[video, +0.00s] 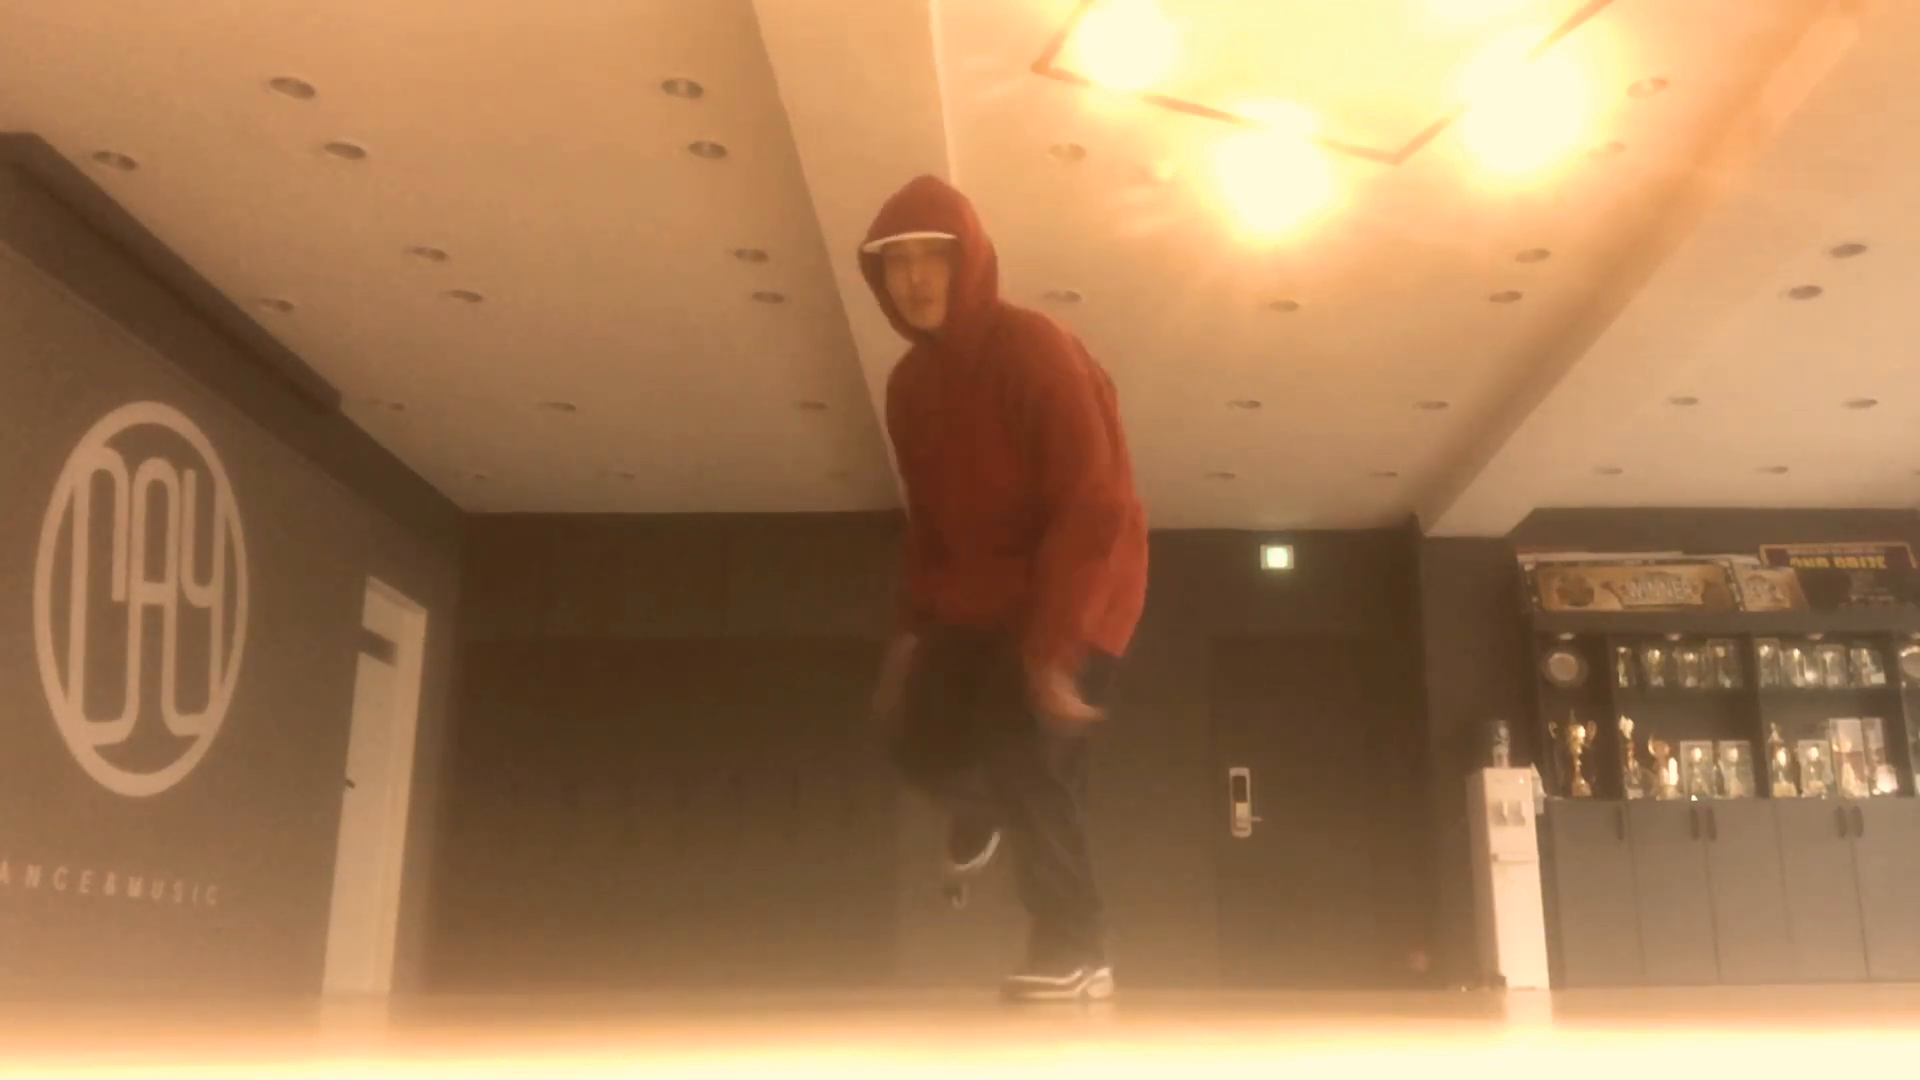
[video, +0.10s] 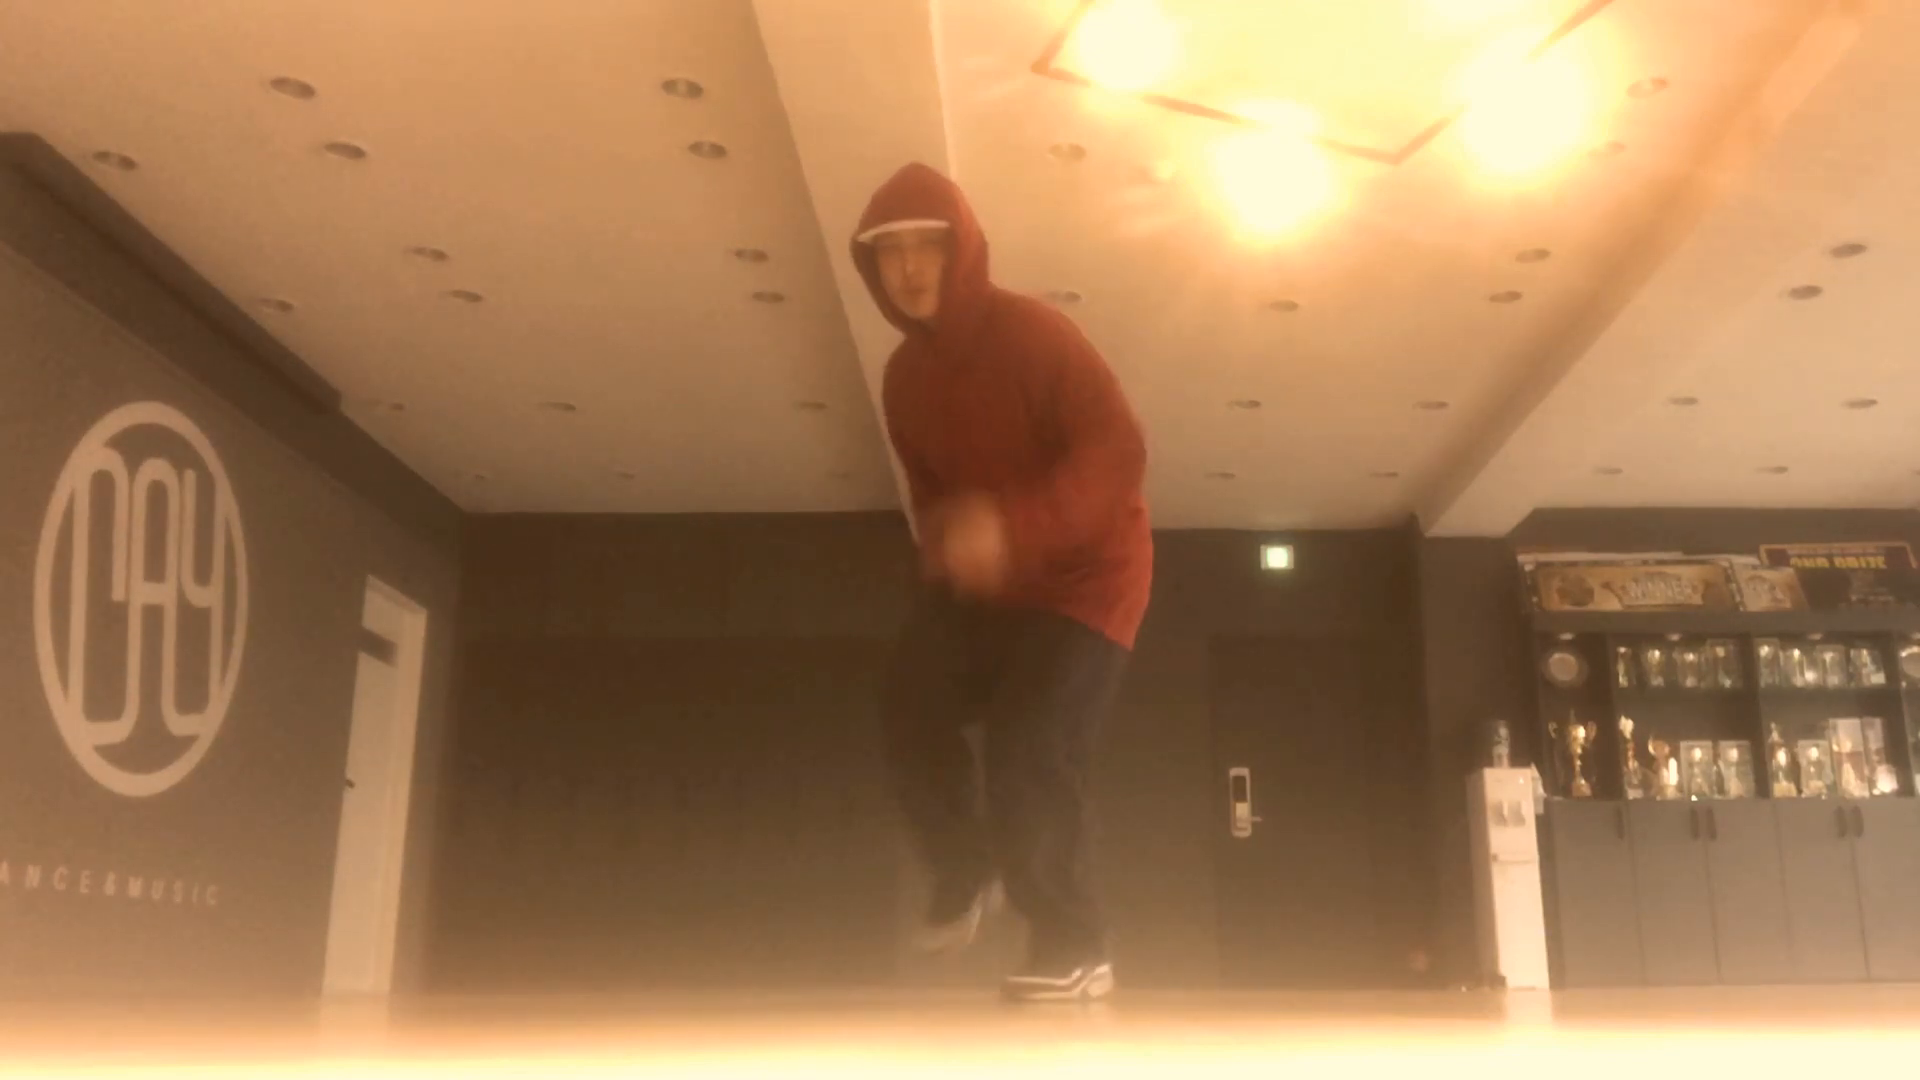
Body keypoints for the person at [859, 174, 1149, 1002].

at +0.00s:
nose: (911, 280)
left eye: (928, 258)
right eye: (893, 264)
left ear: (967, 262)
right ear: (878, 281)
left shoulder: (1041, 353)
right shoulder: (909, 383)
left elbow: (1095, 506)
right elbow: (929, 519)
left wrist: (1053, 645)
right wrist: (912, 624)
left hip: (1064, 592)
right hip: (972, 595)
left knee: (1031, 761)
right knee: (918, 738)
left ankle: (1072, 947)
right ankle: (981, 796)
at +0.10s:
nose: (907, 270)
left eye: (924, 248)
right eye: (888, 253)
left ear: (962, 252)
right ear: (872, 271)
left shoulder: (1036, 335)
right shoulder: (905, 378)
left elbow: (1114, 456)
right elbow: (929, 494)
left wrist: (1014, 528)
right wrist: (942, 558)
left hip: (1085, 578)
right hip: (980, 585)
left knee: (1030, 744)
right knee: (911, 704)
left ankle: (1071, 944)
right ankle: (959, 871)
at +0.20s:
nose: (910, 254)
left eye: (928, 233)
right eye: (892, 238)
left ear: (966, 238)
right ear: (875, 255)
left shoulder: (1046, 321)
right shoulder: (903, 362)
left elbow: (1105, 381)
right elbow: (897, 479)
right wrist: (908, 548)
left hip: (1080, 569)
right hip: (971, 571)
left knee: (1028, 737)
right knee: (928, 733)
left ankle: (1073, 939)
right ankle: (959, 925)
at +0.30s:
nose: (936, 255)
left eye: (955, 234)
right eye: (916, 237)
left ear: (989, 243)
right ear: (895, 256)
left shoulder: (1048, 319)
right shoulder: (904, 376)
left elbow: (1058, 340)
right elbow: (847, 490)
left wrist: (1038, 362)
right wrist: (827, 578)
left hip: (1065, 583)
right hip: (953, 586)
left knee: (1036, 748)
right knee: (948, 746)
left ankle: (1068, 929)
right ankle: (989, 936)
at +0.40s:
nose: (950, 247)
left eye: (970, 228)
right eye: (932, 227)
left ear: (1003, 236)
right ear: (909, 240)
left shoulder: (1061, 325)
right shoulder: (894, 361)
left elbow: (1109, 373)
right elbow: (847, 485)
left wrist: (1047, 424)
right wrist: (785, 587)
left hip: (1059, 596)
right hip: (945, 597)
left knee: (1048, 776)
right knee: (953, 769)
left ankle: (1053, 950)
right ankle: (980, 943)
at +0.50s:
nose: (987, 257)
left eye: (1007, 241)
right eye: (971, 238)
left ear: (1032, 253)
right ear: (943, 246)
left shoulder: (1069, 352)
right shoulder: (893, 352)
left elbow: (1127, 475)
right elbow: (845, 475)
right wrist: (857, 567)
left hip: (1050, 597)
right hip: (935, 592)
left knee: (1041, 772)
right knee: (949, 769)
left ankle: (1044, 956)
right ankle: (956, 949)